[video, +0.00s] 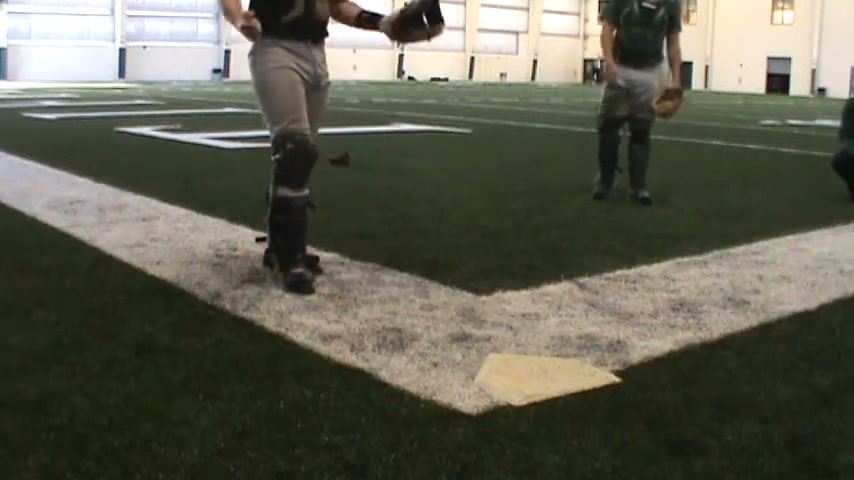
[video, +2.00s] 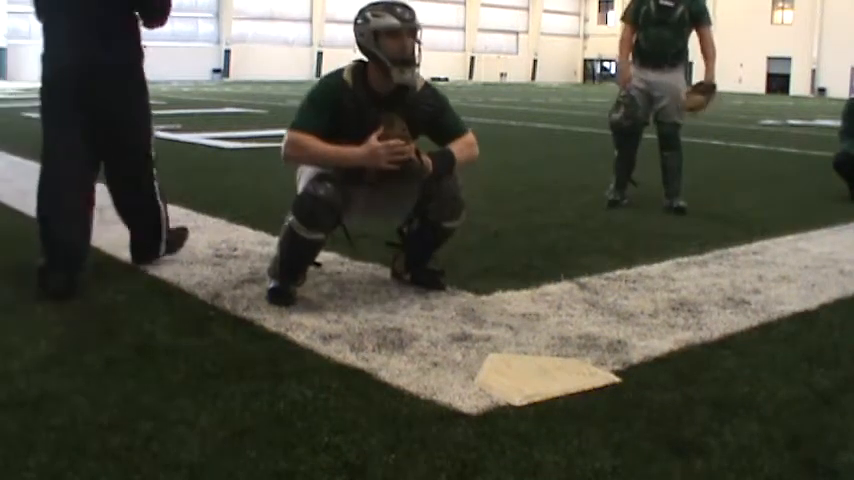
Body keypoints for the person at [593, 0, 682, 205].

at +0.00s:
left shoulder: (672, 5)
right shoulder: (619, 3)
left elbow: (673, 42)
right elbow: (607, 28)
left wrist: (675, 80)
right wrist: (609, 63)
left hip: (650, 74)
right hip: (619, 71)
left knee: (641, 134)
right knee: (608, 128)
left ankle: (639, 187)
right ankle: (605, 182)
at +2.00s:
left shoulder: (694, 5)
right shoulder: (640, 3)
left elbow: (706, 39)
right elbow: (627, 34)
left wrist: (708, 78)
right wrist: (623, 67)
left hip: (672, 76)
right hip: (638, 73)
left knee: (670, 139)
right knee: (626, 136)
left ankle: (673, 197)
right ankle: (619, 189)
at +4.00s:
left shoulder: (652, 4)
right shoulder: (602, 5)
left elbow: (665, 29)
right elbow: (593, 40)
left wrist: (678, 60)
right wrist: (590, 76)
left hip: (645, 74)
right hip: (613, 74)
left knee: (650, 134)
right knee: (617, 135)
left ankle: (656, 193)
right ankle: (618, 188)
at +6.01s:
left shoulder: (652, 4)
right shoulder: (603, 5)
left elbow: (666, 29)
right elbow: (594, 40)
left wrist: (679, 60)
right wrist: (588, 75)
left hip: (645, 74)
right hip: (613, 74)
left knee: (651, 133)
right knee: (617, 133)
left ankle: (656, 193)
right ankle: (618, 188)